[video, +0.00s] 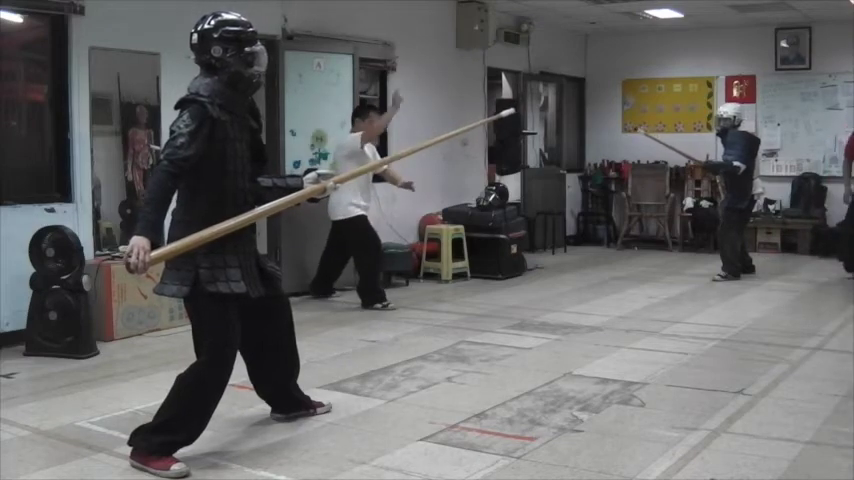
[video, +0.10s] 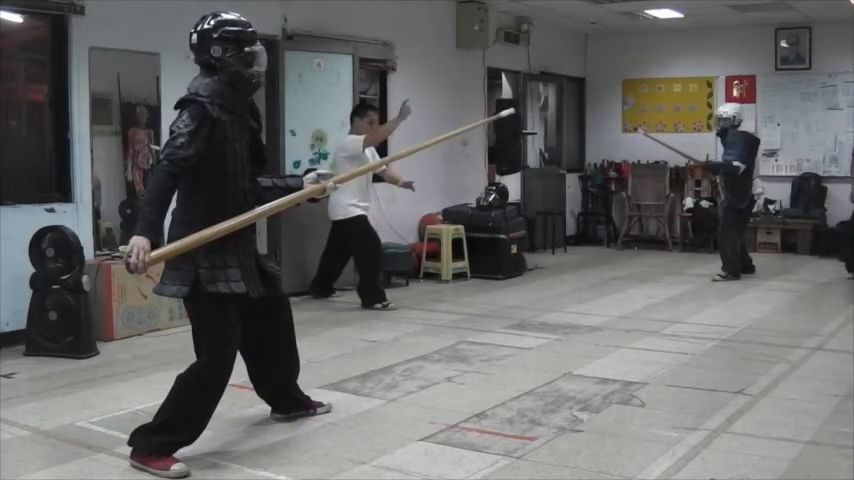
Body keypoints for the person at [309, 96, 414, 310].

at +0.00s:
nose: (379, 127)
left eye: (380, 123)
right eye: (376, 122)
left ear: (367, 123)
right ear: (363, 123)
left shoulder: (369, 150)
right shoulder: (347, 143)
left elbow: (384, 169)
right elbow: (374, 130)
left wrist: (400, 182)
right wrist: (393, 111)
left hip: (355, 208)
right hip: (345, 208)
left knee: (337, 251)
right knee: (370, 247)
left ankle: (320, 287)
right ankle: (371, 298)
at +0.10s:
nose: (374, 127)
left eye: (376, 123)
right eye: (370, 121)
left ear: (374, 124)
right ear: (356, 121)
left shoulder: (368, 149)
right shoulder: (346, 143)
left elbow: (382, 170)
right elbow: (375, 138)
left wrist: (400, 182)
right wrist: (398, 119)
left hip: (355, 208)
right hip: (345, 208)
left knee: (337, 251)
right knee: (370, 247)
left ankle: (321, 287)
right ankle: (371, 298)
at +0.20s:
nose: (374, 124)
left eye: (376, 120)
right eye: (369, 119)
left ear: (375, 123)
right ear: (355, 121)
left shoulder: (368, 150)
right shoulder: (346, 143)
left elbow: (382, 170)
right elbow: (375, 139)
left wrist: (400, 181)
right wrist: (401, 123)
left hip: (355, 208)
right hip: (345, 209)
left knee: (337, 251)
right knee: (370, 246)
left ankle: (321, 288)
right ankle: (371, 298)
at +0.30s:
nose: (372, 121)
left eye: (374, 117)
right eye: (367, 117)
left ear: (374, 121)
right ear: (352, 120)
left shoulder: (368, 149)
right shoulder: (348, 143)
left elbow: (382, 171)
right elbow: (376, 139)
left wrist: (400, 182)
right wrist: (401, 123)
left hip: (355, 208)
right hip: (344, 208)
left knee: (336, 251)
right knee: (370, 246)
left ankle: (321, 288)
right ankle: (371, 298)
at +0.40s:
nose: (371, 120)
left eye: (372, 117)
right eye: (366, 116)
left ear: (373, 120)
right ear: (352, 121)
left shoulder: (368, 150)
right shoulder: (347, 143)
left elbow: (382, 171)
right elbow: (376, 139)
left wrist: (400, 182)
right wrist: (401, 124)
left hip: (355, 208)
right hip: (345, 208)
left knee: (337, 252)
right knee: (370, 246)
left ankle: (321, 288)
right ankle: (371, 298)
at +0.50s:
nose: (371, 120)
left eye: (372, 117)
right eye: (365, 117)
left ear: (372, 120)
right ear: (351, 120)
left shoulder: (368, 149)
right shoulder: (345, 143)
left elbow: (382, 171)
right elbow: (375, 138)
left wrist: (400, 182)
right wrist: (400, 123)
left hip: (355, 207)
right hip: (345, 208)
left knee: (337, 251)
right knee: (370, 246)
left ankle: (321, 288)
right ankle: (371, 298)